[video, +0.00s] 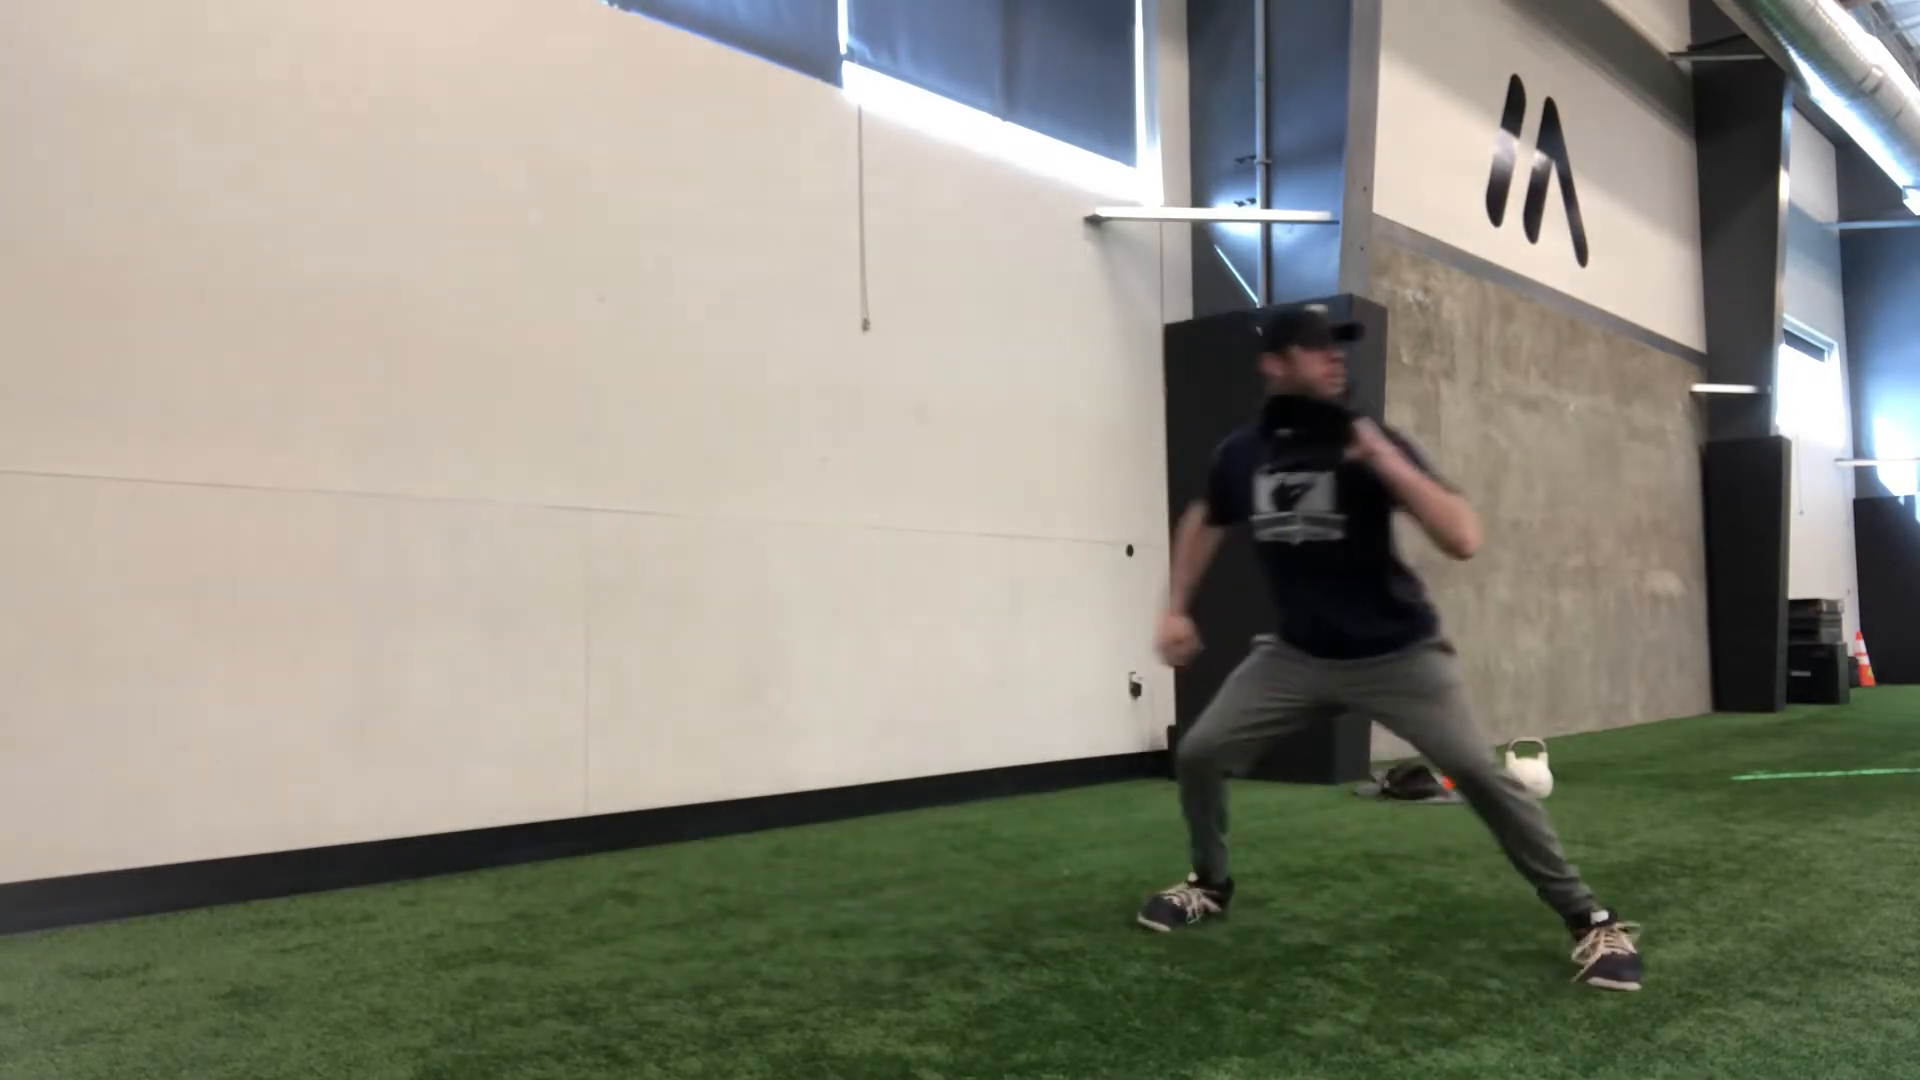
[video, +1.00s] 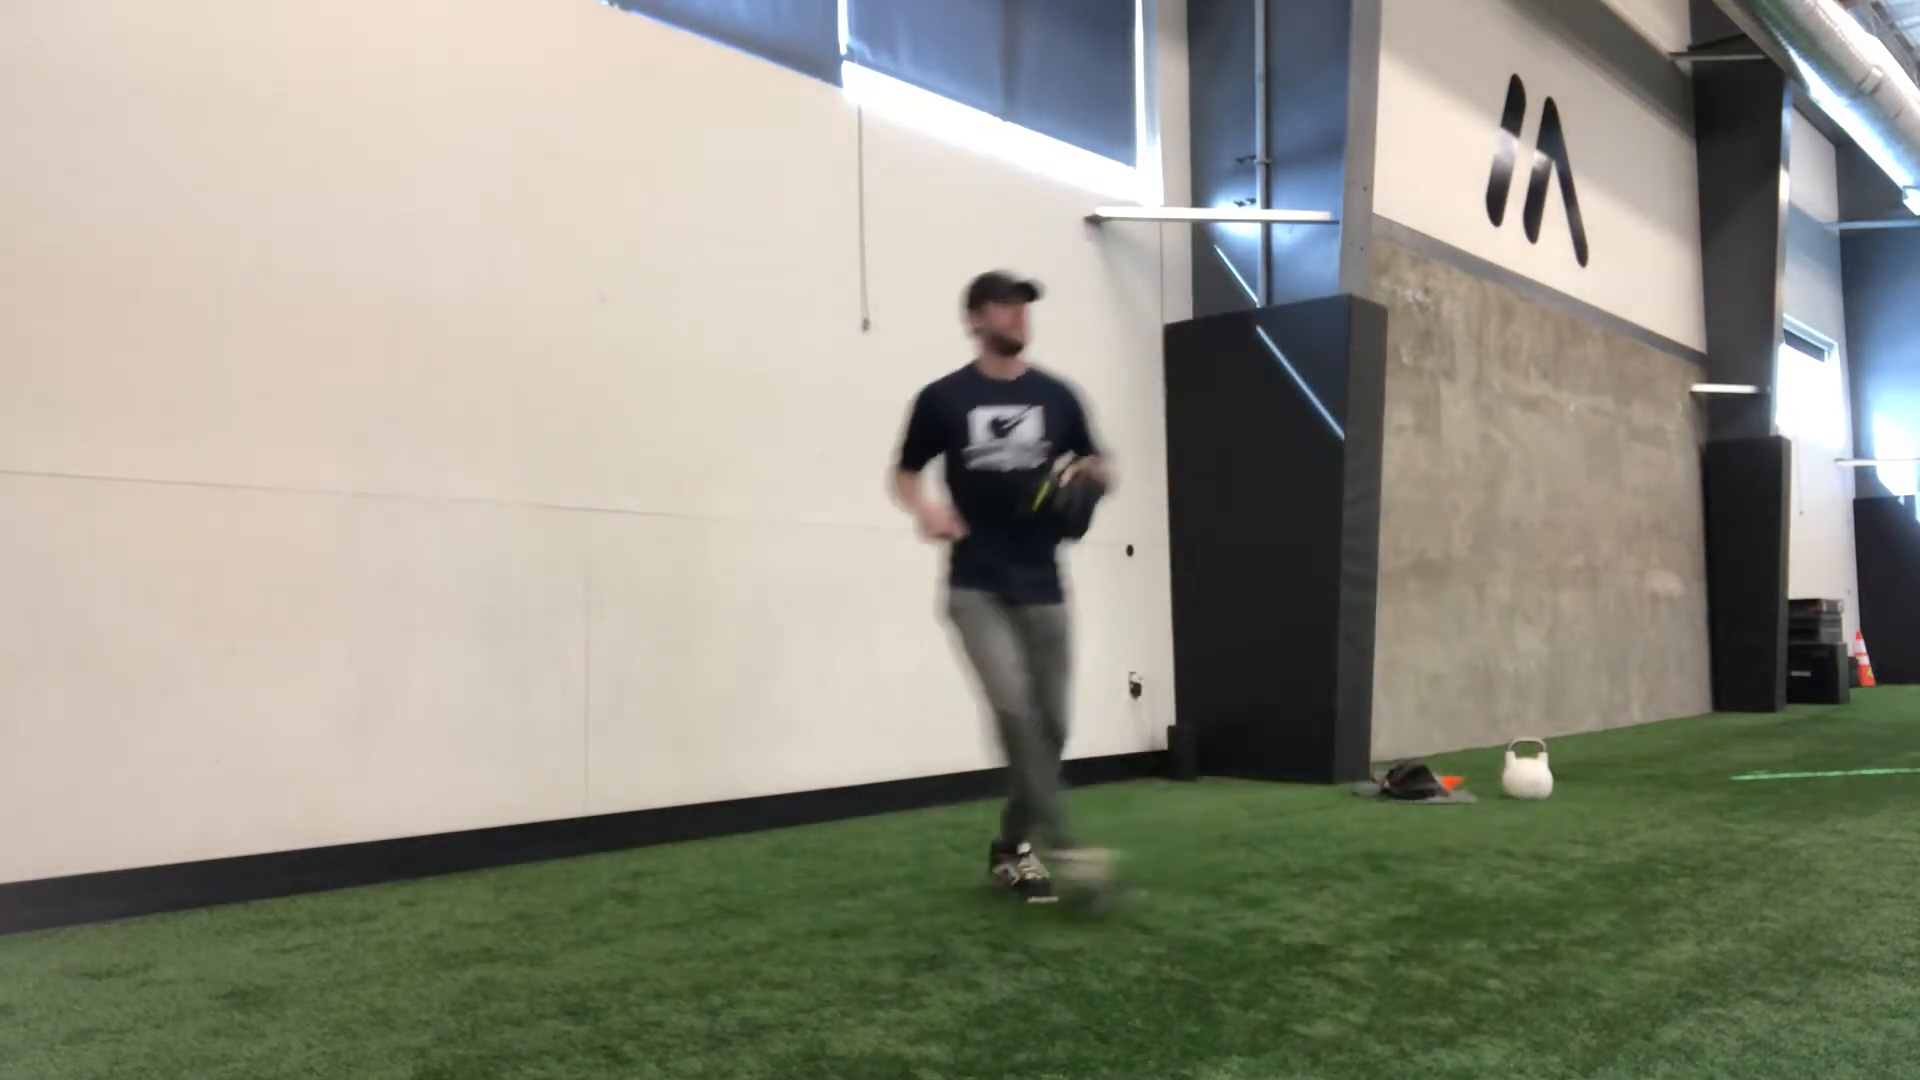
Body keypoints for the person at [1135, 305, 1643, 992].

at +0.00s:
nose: (1338, 361)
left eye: (1339, 349)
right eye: (1320, 350)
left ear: (1341, 361)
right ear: (1274, 365)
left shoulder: (1369, 441)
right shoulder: (1241, 456)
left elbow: (1462, 536)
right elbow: (1202, 523)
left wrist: (1389, 464)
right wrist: (1175, 607)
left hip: (1397, 654)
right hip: (1298, 654)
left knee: (1479, 772)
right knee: (1200, 753)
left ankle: (1591, 925)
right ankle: (1209, 886)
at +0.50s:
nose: (1250, 332)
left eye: (1253, 319)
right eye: (1233, 322)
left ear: (1261, 328)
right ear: (1196, 337)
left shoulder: (1304, 408)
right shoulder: (1180, 433)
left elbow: (1402, 485)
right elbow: (1168, 533)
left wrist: (1332, 420)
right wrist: (1185, 559)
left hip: (1344, 638)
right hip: (1240, 643)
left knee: (1448, 764)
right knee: (1187, 763)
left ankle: (1587, 922)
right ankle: (1226, 888)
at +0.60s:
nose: (1197, 329)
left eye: (1201, 316)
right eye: (1180, 317)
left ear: (1210, 326)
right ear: (1145, 330)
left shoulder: (1241, 406)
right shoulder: (1123, 426)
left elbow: (1340, 488)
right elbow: (1088, 528)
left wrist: (1279, 424)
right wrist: (1114, 548)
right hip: (1190, 632)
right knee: (1158, 758)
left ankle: (1506, 898)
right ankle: (1221, 888)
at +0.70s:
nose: (1151, 322)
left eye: (1155, 311)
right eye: (1135, 311)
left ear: (1162, 322)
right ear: (1102, 324)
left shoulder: (1196, 403)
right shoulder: (1075, 419)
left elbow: (1285, 487)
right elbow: (1027, 509)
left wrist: (1236, 424)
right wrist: (1048, 547)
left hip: (1227, 612)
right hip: (1141, 626)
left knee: (1306, 724)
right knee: (1145, 760)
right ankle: (1220, 884)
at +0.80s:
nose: (1106, 306)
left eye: (1110, 296)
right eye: (1091, 296)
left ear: (1112, 307)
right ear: (1059, 309)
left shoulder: (1149, 389)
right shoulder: (1028, 397)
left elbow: (1230, 477)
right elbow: (986, 473)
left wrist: (1198, 426)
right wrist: (1005, 515)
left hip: (1168, 591)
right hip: (1091, 606)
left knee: (1221, 724)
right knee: (1138, 750)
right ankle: (1213, 876)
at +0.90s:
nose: (1061, 300)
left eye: (1065, 290)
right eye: (1047, 290)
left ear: (1069, 302)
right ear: (1015, 301)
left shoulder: (1104, 381)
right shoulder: (983, 385)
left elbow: (1169, 468)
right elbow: (951, 459)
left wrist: (1144, 439)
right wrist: (973, 501)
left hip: (1099, 575)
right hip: (1034, 580)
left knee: (1116, 727)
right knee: (1099, 725)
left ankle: (1045, 830)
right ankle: (1173, 863)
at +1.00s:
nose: (1018, 315)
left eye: (1022, 304)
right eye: (1005, 305)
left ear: (1029, 314)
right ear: (976, 317)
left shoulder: (1055, 395)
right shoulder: (943, 399)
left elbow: (1098, 466)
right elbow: (904, 474)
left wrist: (1085, 476)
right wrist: (927, 511)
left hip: (1040, 576)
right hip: (977, 577)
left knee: (1051, 719)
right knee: (1015, 705)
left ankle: (1012, 845)